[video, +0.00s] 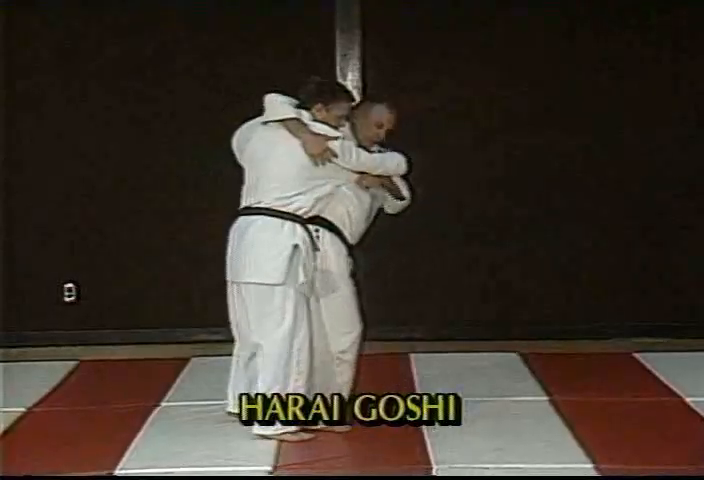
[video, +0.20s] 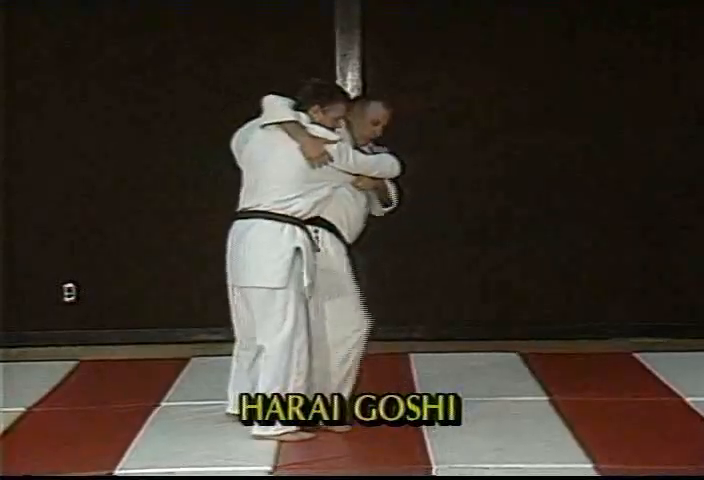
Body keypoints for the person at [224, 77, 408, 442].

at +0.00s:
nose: (343, 123)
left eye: (345, 116)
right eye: (341, 115)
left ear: (306, 109)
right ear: (320, 108)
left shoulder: (254, 132)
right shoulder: (326, 142)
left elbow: (238, 137)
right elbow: (387, 165)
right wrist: (398, 161)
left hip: (241, 236)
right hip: (279, 240)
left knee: (247, 332)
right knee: (281, 330)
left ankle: (244, 408)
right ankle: (272, 419)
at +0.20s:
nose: (340, 124)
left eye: (341, 117)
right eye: (337, 116)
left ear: (301, 110)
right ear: (317, 111)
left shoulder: (252, 134)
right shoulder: (324, 145)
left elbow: (238, 137)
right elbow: (383, 166)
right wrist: (391, 163)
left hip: (240, 234)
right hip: (278, 239)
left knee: (247, 333)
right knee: (281, 332)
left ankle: (242, 408)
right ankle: (272, 420)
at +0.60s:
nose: (346, 129)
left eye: (347, 121)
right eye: (343, 120)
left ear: (308, 114)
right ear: (324, 115)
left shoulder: (259, 137)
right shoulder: (329, 148)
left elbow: (236, 139)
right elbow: (378, 172)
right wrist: (388, 165)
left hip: (244, 243)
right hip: (283, 247)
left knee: (249, 338)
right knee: (286, 337)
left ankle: (242, 412)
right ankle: (270, 421)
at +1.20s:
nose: (405, 177)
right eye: (405, 169)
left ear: (370, 134)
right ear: (392, 151)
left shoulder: (328, 137)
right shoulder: (384, 182)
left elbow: (281, 148)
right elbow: (393, 231)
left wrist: (302, 175)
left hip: (255, 221)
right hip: (292, 242)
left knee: (211, 299)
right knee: (282, 329)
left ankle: (156, 361)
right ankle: (270, 415)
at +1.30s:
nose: (409, 177)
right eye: (410, 170)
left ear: (372, 137)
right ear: (398, 154)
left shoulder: (334, 137)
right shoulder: (388, 182)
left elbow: (287, 146)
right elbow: (395, 234)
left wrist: (308, 176)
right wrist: (378, 225)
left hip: (259, 214)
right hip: (295, 237)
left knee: (203, 282)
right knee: (286, 324)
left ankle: (126, 340)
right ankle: (268, 413)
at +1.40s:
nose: (413, 174)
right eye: (413, 167)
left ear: (382, 137)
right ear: (406, 152)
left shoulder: (339, 135)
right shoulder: (390, 181)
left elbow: (292, 143)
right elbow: (391, 238)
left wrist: (312, 171)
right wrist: (373, 212)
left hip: (266, 210)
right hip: (299, 233)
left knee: (202, 274)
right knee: (292, 323)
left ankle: (117, 322)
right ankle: (271, 412)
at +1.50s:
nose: (417, 167)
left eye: (420, 161)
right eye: (418, 160)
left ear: (387, 130)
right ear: (409, 147)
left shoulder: (344, 131)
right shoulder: (394, 174)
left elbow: (298, 139)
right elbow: (404, 226)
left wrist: (320, 166)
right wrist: (392, 218)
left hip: (270, 209)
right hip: (304, 232)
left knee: (209, 276)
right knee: (292, 322)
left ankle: (123, 321)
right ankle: (274, 412)